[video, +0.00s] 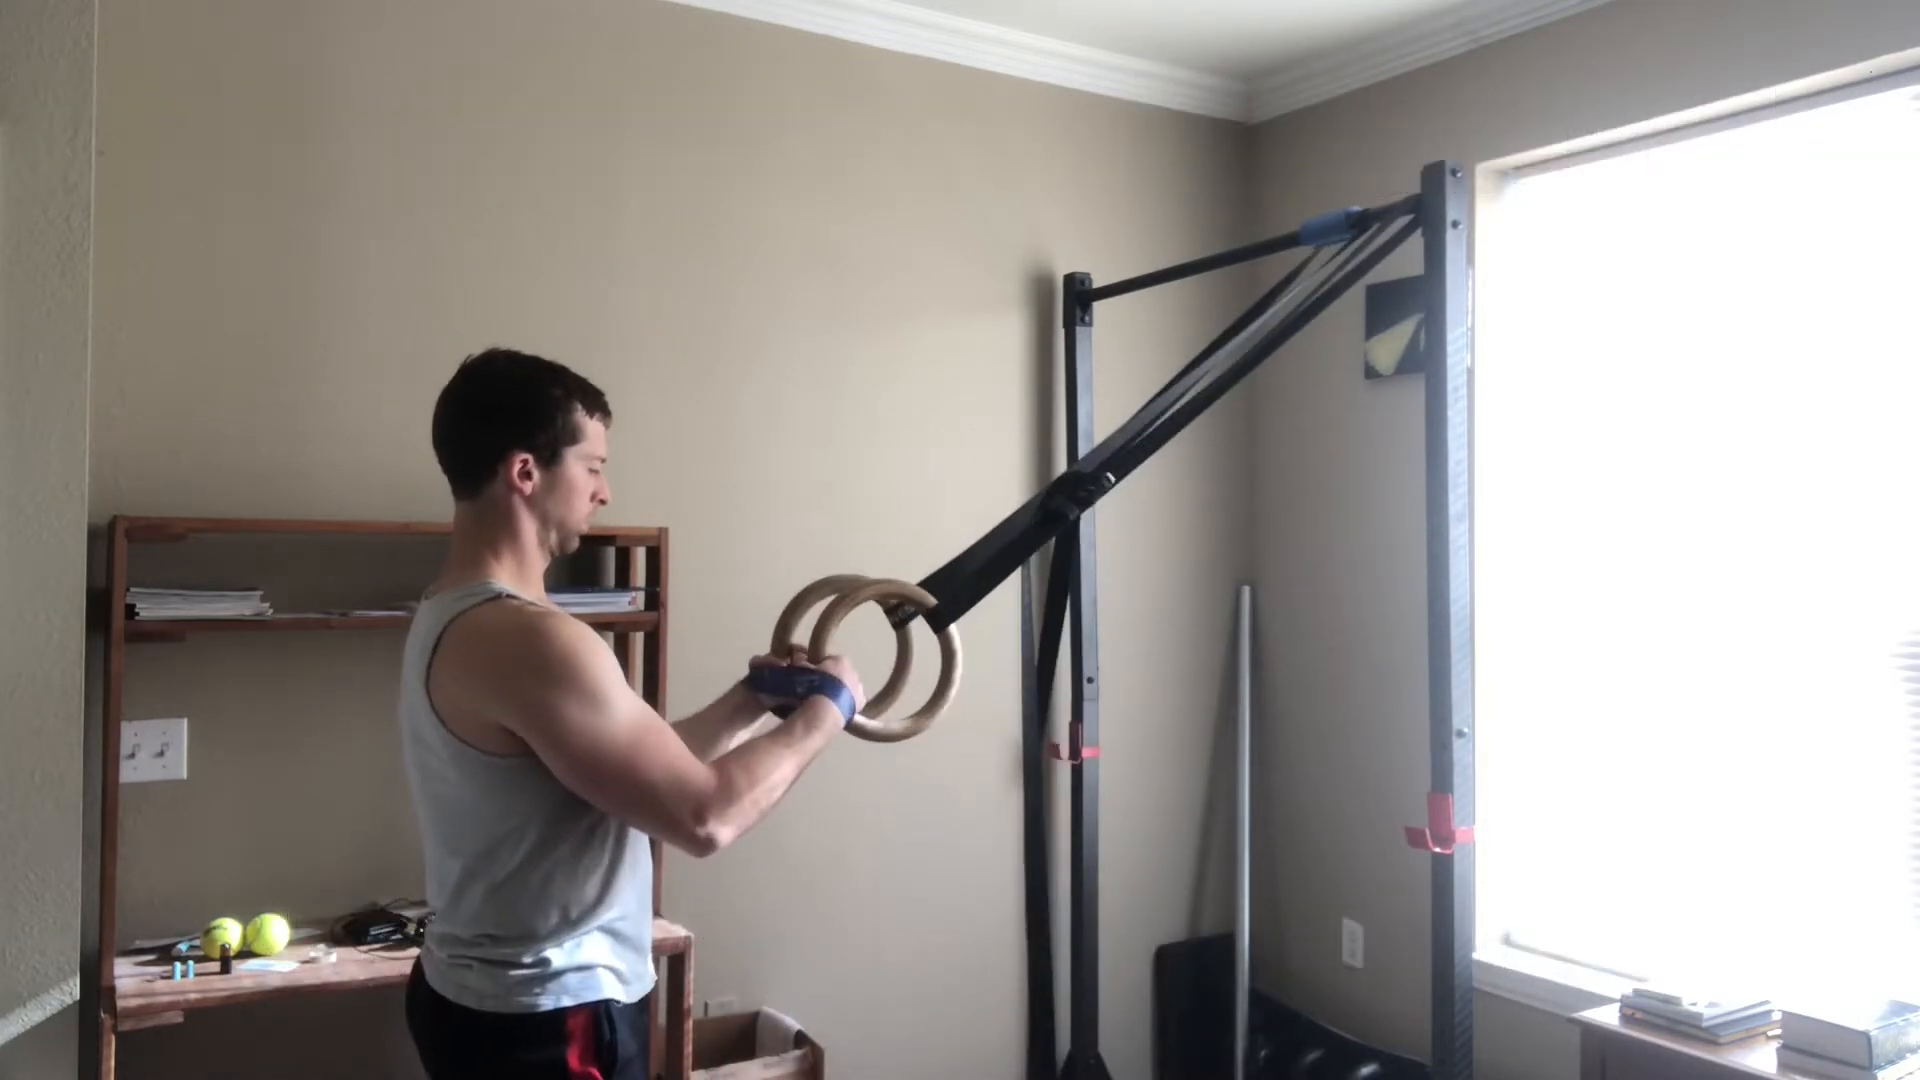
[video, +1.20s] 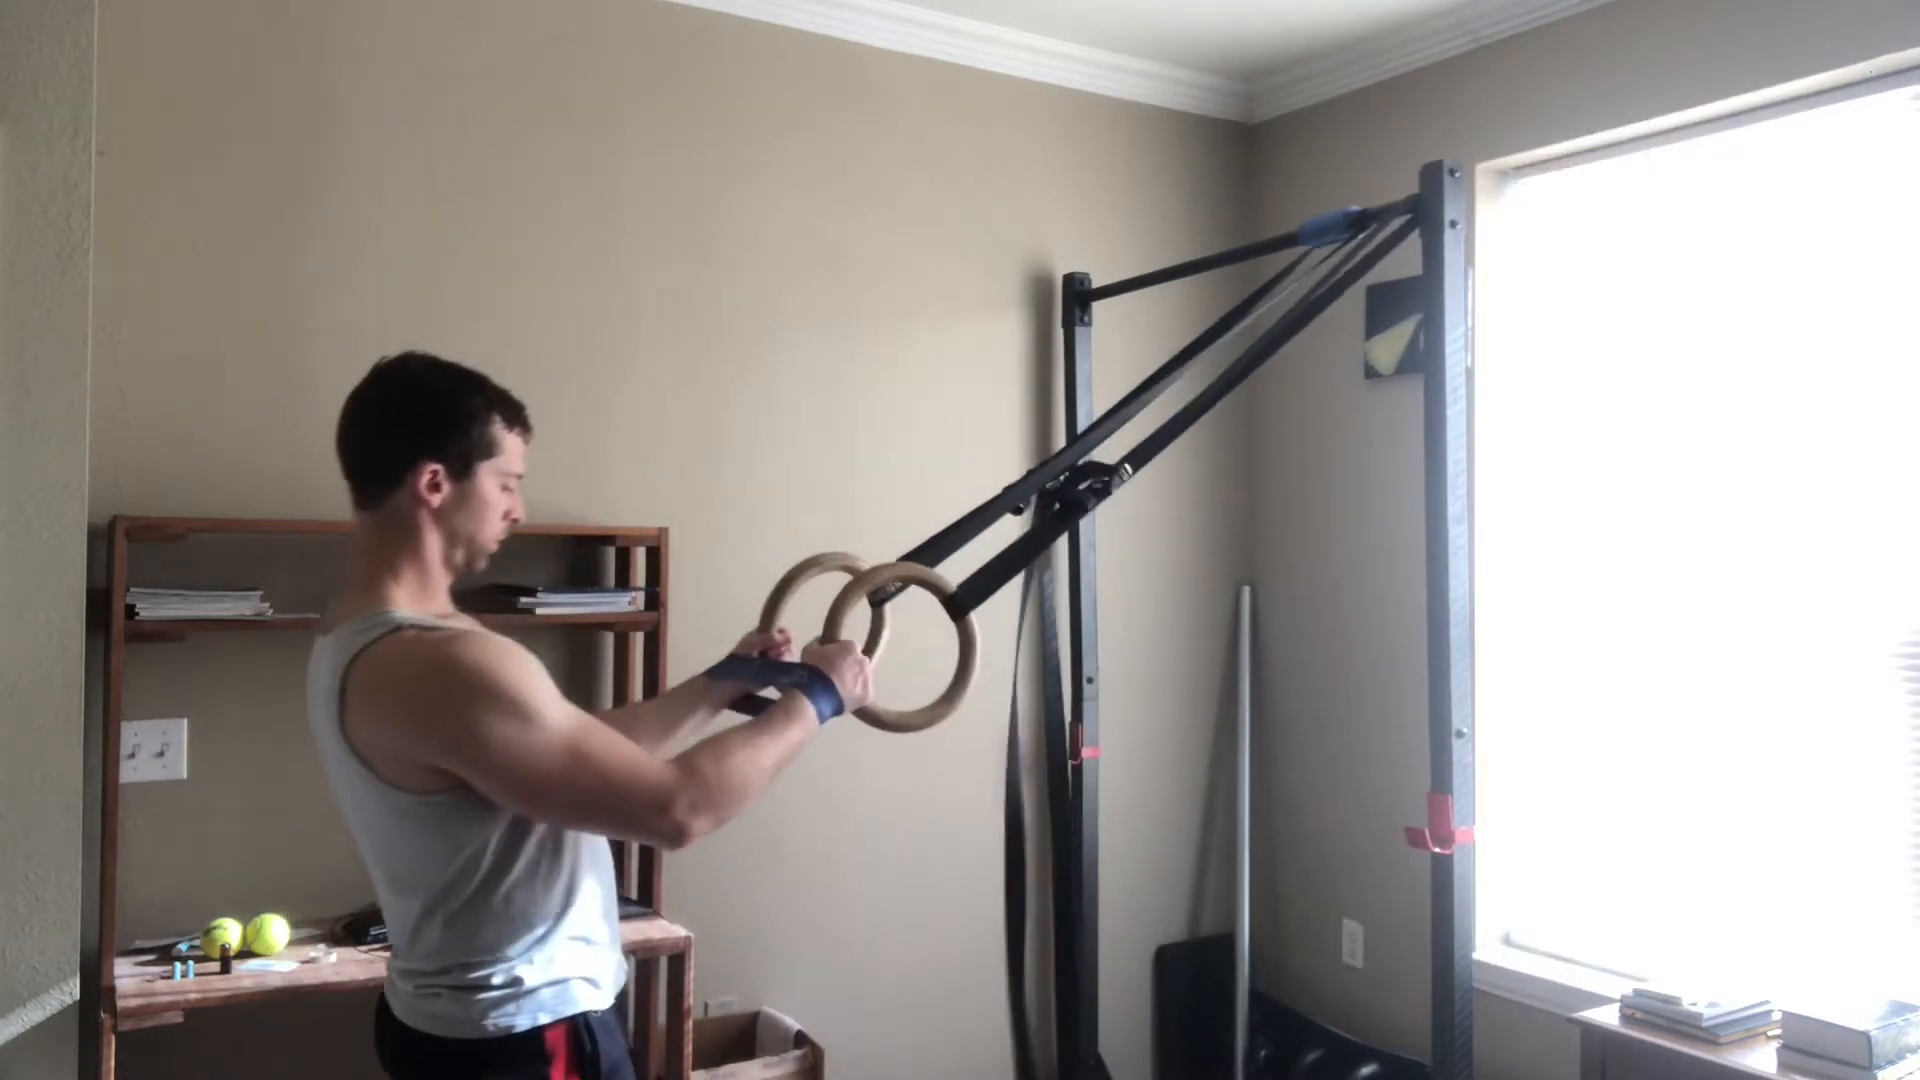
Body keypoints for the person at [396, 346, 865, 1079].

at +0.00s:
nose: (604, 492)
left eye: (601, 470)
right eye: (591, 468)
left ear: (521, 477)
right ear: (524, 473)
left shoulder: (452, 617)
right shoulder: (531, 642)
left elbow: (623, 773)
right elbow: (705, 817)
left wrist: (750, 699)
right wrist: (825, 712)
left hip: (483, 1004)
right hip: (552, 1024)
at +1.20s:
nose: (518, 512)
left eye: (518, 486)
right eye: (506, 484)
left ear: (429, 489)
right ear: (432, 487)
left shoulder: (360, 641)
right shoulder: (448, 667)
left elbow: (577, 754)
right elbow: (677, 807)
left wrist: (727, 681)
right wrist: (816, 698)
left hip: (448, 1028)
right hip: (528, 1043)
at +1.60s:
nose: (435, 520)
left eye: (426, 491)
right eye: (415, 493)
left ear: (333, 527)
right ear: (336, 523)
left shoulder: (303, 675)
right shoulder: (367, 700)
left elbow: (536, 740)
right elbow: (627, 776)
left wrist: (704, 681)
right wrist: (788, 686)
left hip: (430, 1043)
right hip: (505, 1051)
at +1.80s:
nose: (374, 539)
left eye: (359, 515)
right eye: (346, 521)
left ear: (270, 565)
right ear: (270, 563)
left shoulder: (289, 718)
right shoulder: (337, 739)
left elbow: (548, 732)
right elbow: (613, 762)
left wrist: (712, 658)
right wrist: (780, 662)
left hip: (462, 1055)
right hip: (525, 1061)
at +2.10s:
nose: (290, 588)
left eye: (268, 563)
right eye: (254, 572)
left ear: (182, 636)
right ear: (181, 631)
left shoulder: (233, 768)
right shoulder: (292, 792)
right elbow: (578, 727)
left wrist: (714, 647)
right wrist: (760, 632)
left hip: (524, 1048)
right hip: (544, 1064)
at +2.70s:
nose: (284, 673)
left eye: (261, 654)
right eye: (251, 668)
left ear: (190, 747)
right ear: (188, 740)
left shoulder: (304, 839)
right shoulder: (341, 871)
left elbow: (542, 779)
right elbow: (617, 784)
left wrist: (741, 684)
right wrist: (791, 680)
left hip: (624, 1048)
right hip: (619, 1069)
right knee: (798, 1045)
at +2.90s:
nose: (286, 684)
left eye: (262, 667)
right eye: (252, 683)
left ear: (197, 765)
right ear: (194, 761)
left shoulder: (316, 845)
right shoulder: (343, 893)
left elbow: (537, 778)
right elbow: (617, 800)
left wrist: (717, 682)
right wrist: (787, 689)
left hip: (624, 1039)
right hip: (621, 1067)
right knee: (791, 1048)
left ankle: (724, 1045)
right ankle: (764, 1057)